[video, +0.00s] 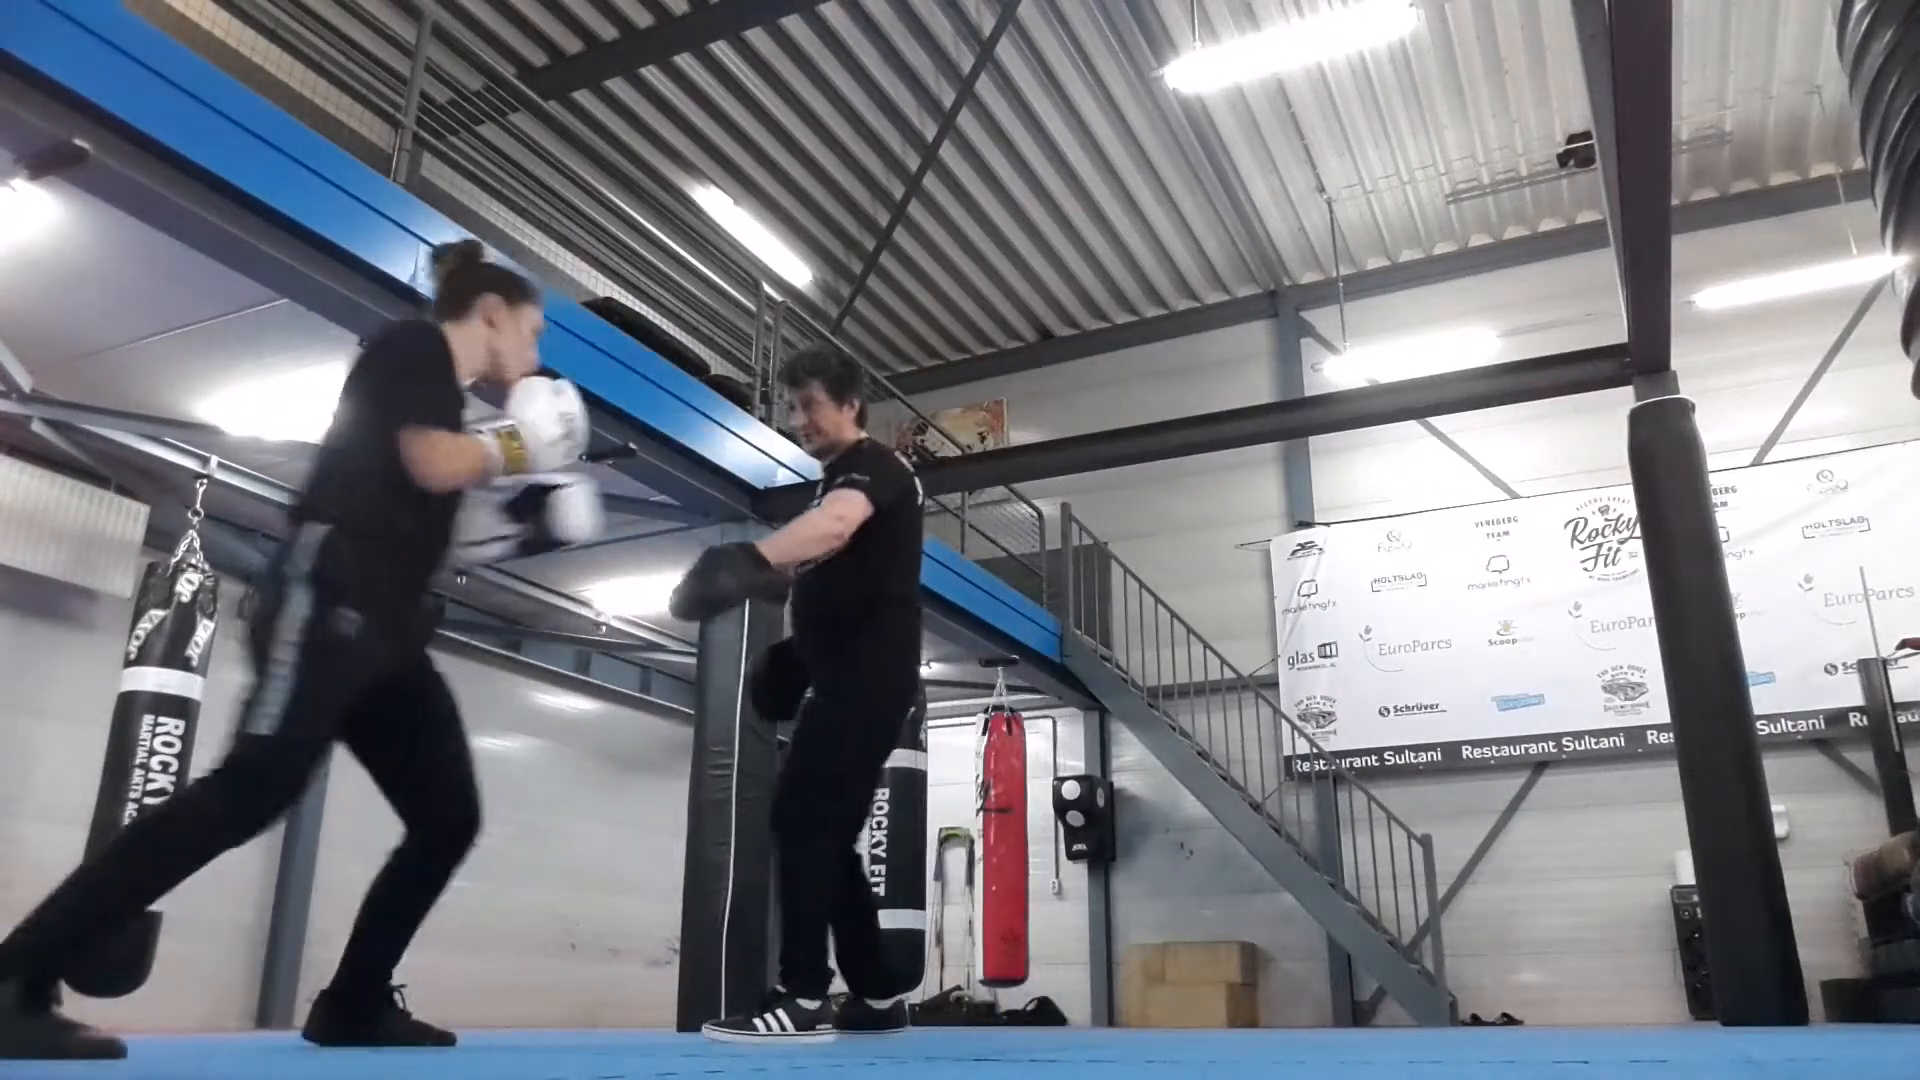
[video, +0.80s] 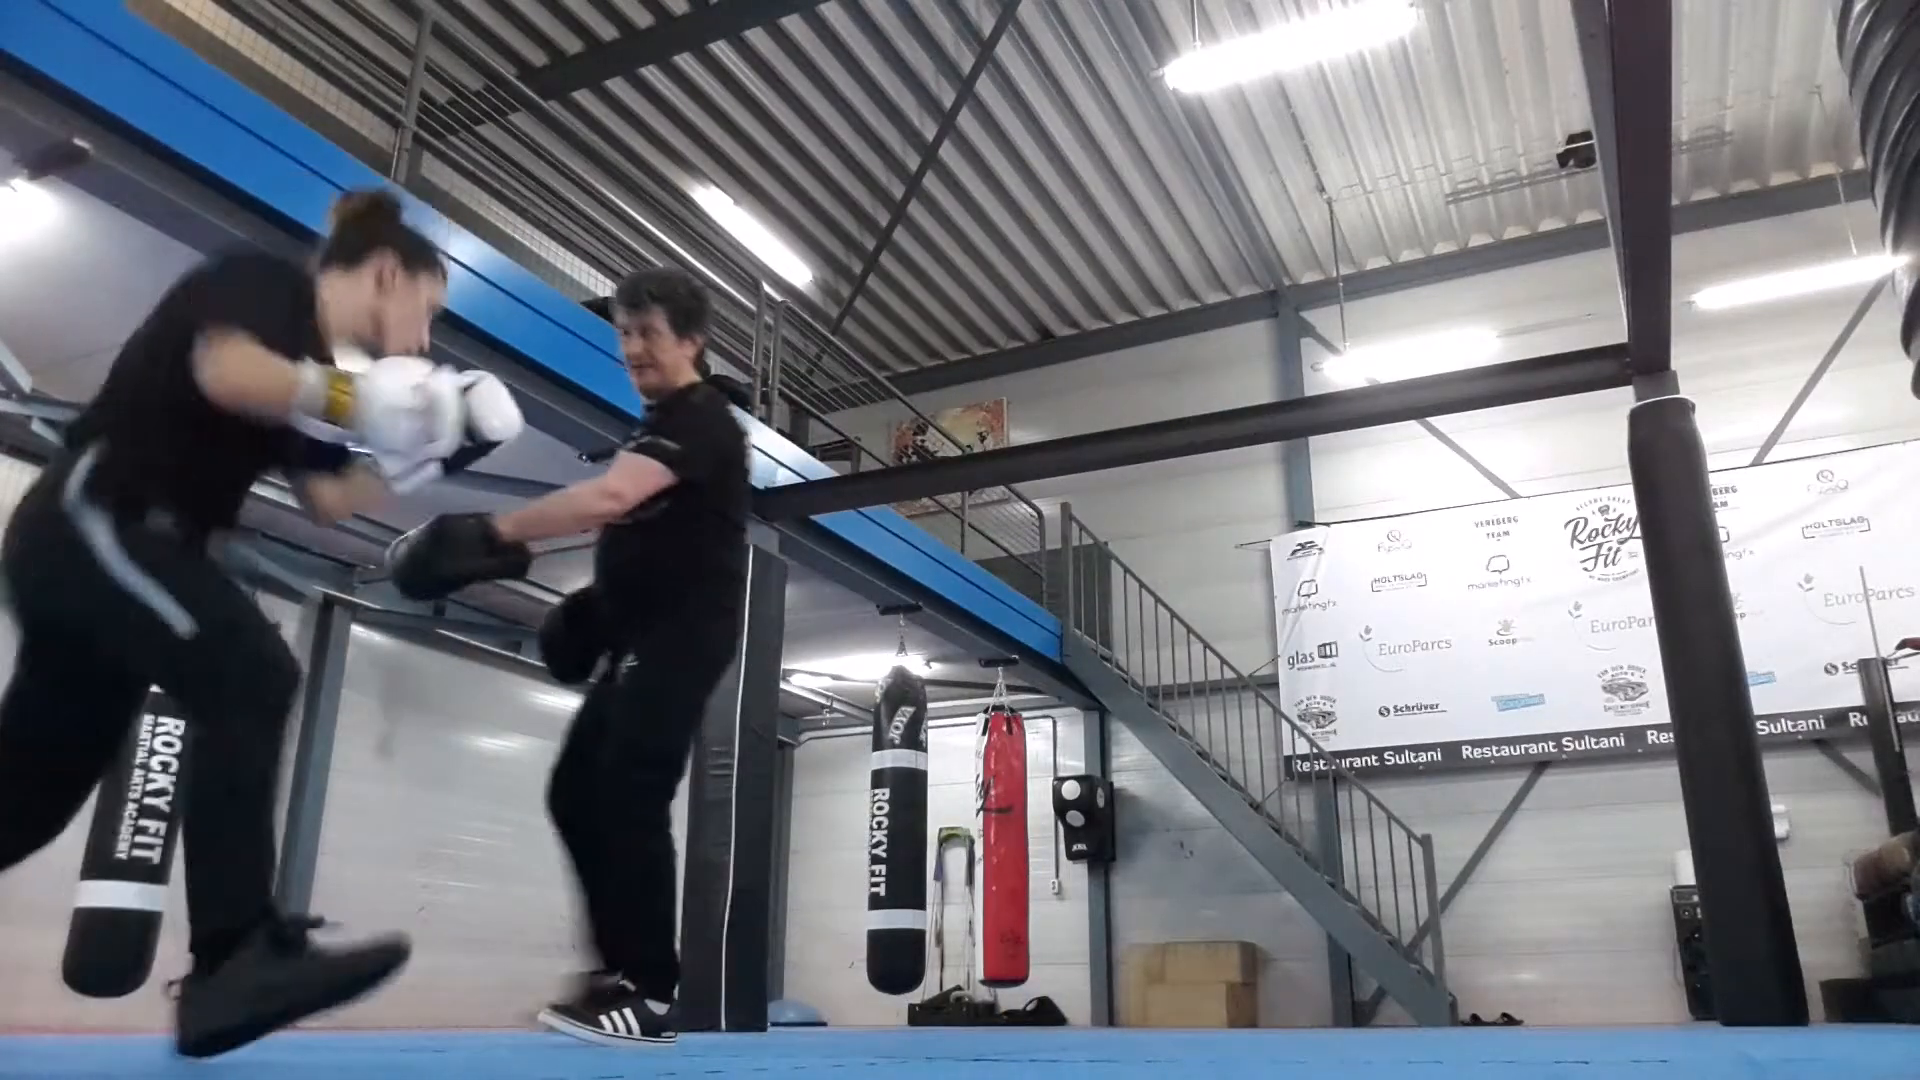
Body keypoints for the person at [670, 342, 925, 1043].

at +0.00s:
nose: (799, 424)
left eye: (809, 408)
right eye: (795, 413)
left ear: (852, 406)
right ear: (813, 415)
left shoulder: (875, 463)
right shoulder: (851, 482)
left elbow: (835, 527)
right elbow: (853, 591)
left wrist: (742, 561)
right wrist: (800, 659)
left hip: (866, 683)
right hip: (856, 684)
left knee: (801, 816)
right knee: (824, 830)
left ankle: (804, 994)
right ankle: (879, 990)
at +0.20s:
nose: (776, 435)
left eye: (786, 420)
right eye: (769, 424)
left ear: (824, 418)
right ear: (767, 429)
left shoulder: (850, 478)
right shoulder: (807, 497)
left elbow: (837, 551)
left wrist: (764, 614)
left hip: (829, 680)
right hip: (818, 683)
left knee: (726, 779)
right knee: (809, 843)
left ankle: (748, 973)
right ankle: (874, 997)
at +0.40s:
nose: (732, 412)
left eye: (745, 397)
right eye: (726, 400)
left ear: (787, 401)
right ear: (726, 406)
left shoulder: (803, 469)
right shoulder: (762, 483)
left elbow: (765, 535)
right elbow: (765, 599)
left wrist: (679, 572)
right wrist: (701, 651)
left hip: (778, 687)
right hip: (766, 687)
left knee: (689, 806)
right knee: (807, 844)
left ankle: (651, 993)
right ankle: (875, 995)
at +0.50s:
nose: (706, 403)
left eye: (720, 389)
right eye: (700, 391)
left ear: (765, 393)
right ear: (702, 395)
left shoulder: (775, 462)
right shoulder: (748, 473)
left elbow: (716, 533)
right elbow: (734, 600)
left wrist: (609, 568)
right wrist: (667, 653)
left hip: (738, 688)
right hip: (741, 688)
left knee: (648, 806)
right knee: (764, 845)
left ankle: (642, 998)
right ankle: (860, 982)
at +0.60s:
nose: (682, 379)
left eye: (696, 364)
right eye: (677, 366)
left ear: (739, 369)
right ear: (679, 371)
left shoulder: (754, 445)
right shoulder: (722, 452)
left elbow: (678, 520)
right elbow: (713, 578)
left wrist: (566, 557)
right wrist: (652, 638)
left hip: (722, 662)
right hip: (702, 661)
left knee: (640, 797)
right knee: (688, 824)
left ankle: (646, 998)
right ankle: (808, 948)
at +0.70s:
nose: (661, 361)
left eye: (676, 345)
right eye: (653, 347)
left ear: (721, 350)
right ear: (652, 349)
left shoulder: (730, 424)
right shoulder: (697, 428)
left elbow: (643, 501)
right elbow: (689, 553)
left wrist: (520, 535)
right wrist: (631, 619)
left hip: (712, 636)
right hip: (685, 636)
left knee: (640, 805)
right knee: (631, 805)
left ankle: (651, 994)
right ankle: (725, 943)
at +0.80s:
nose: (634, 351)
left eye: (648, 336)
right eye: (627, 338)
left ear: (694, 339)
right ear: (625, 342)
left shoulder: (700, 417)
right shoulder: (669, 422)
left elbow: (614, 495)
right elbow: (661, 549)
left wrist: (496, 532)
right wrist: (600, 607)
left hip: (687, 638)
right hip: (647, 639)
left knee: (627, 796)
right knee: (579, 792)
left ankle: (648, 992)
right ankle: (622, 974)